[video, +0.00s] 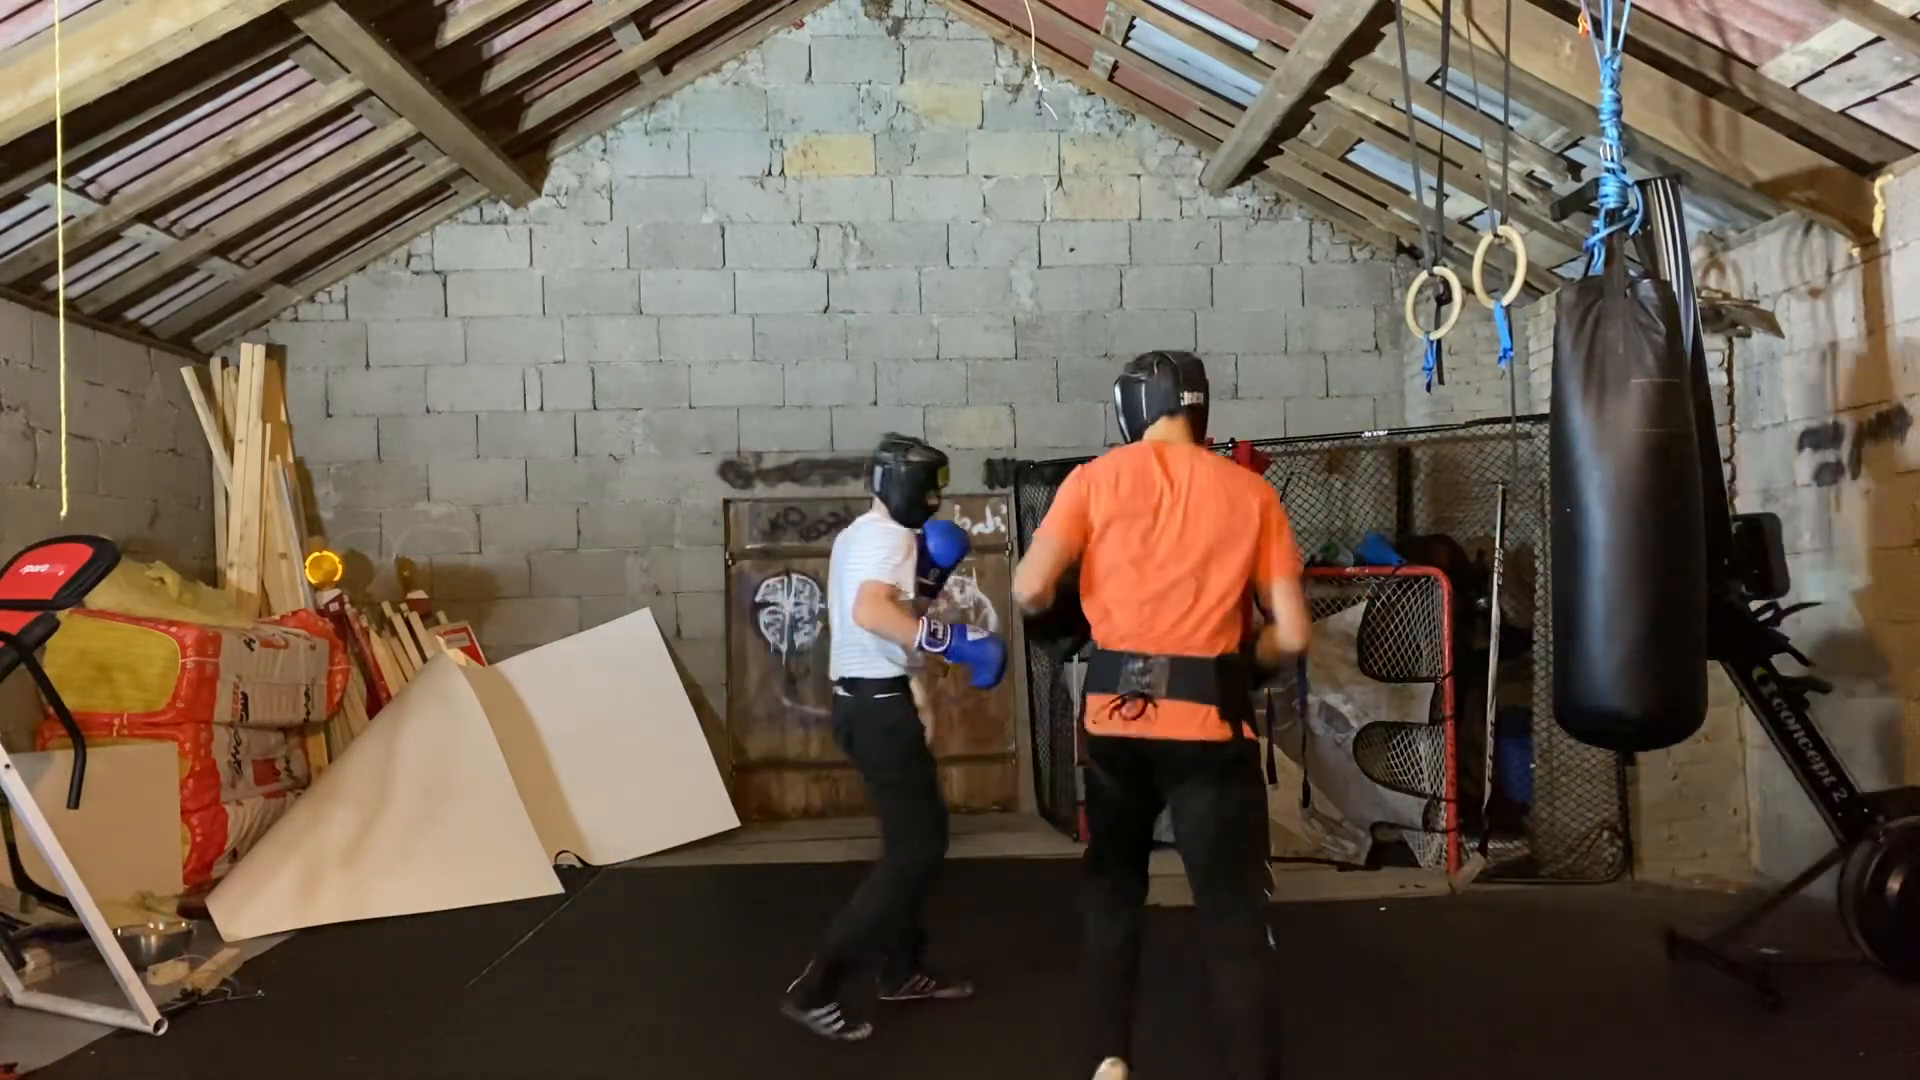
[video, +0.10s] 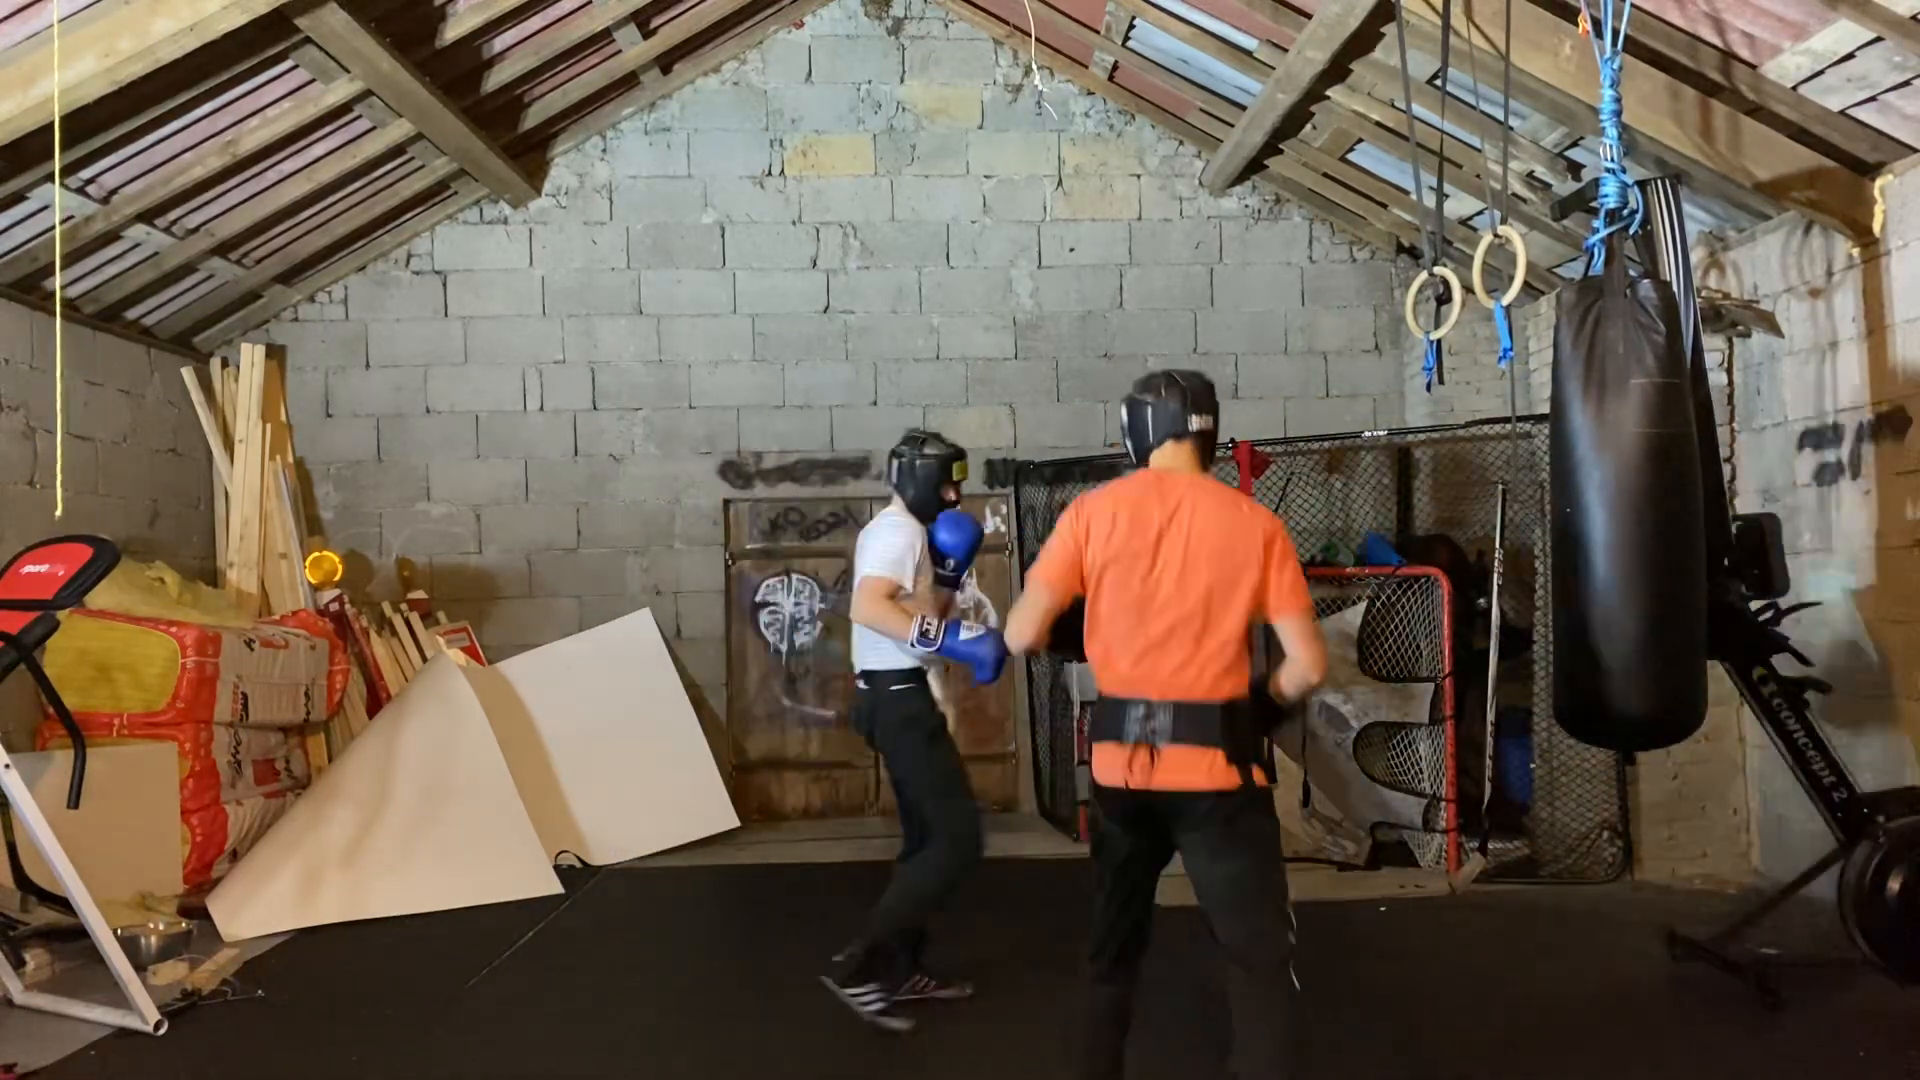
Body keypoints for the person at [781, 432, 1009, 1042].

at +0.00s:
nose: (936, 498)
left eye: (937, 488)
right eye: (932, 488)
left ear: (881, 485)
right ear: (915, 490)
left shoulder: (860, 534)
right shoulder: (887, 537)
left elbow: (892, 608)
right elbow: (871, 610)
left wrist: (930, 570)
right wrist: (948, 641)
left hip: (868, 704)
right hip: (879, 707)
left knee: (917, 837)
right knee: (919, 842)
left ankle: (899, 974)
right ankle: (813, 990)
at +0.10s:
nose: (953, 490)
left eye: (954, 479)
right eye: (948, 479)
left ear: (906, 477)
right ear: (927, 480)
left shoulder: (915, 533)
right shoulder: (892, 531)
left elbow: (929, 618)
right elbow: (867, 606)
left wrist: (946, 570)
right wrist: (946, 640)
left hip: (905, 694)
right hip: (896, 697)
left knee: (927, 836)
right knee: (955, 837)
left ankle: (903, 971)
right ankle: (861, 968)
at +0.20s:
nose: (972, 484)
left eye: (972, 473)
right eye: (965, 474)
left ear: (933, 472)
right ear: (943, 475)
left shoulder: (951, 526)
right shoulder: (907, 524)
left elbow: (971, 611)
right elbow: (872, 603)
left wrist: (969, 569)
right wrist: (950, 629)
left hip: (938, 686)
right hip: (913, 690)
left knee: (926, 832)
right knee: (979, 829)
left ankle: (905, 965)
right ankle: (924, 984)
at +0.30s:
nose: (988, 491)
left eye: (990, 480)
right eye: (978, 481)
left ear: (979, 478)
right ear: (947, 483)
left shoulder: (969, 531)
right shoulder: (917, 537)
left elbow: (990, 616)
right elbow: (892, 618)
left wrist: (991, 570)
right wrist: (972, 631)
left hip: (960, 692)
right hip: (931, 697)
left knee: (932, 836)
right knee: (983, 838)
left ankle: (900, 969)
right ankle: (1007, 1007)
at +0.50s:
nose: (1012, 502)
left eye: (1017, 487)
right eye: (999, 493)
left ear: (1024, 482)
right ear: (970, 495)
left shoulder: (1022, 540)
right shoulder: (950, 555)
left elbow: (1052, 623)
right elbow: (938, 651)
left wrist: (1029, 582)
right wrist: (1013, 653)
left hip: (1009, 705)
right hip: (973, 711)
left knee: (966, 836)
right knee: (1040, 841)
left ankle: (905, 958)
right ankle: (1052, 1014)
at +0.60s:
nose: (1029, 497)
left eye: (1035, 482)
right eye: (1015, 488)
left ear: (1046, 473)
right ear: (990, 491)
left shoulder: (1056, 530)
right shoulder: (975, 548)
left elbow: (1076, 608)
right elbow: (945, 642)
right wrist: (1016, 649)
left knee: (1016, 840)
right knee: (1056, 842)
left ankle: (928, 938)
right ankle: (1056, 1016)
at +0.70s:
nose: (1060, 483)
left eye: (1062, 470)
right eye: (1046, 473)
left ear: (1070, 468)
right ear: (1021, 480)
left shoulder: (1083, 527)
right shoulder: (998, 539)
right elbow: (956, 629)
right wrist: (1031, 636)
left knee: (1077, 842)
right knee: (1064, 847)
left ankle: (981, 923)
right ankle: (1051, 1023)